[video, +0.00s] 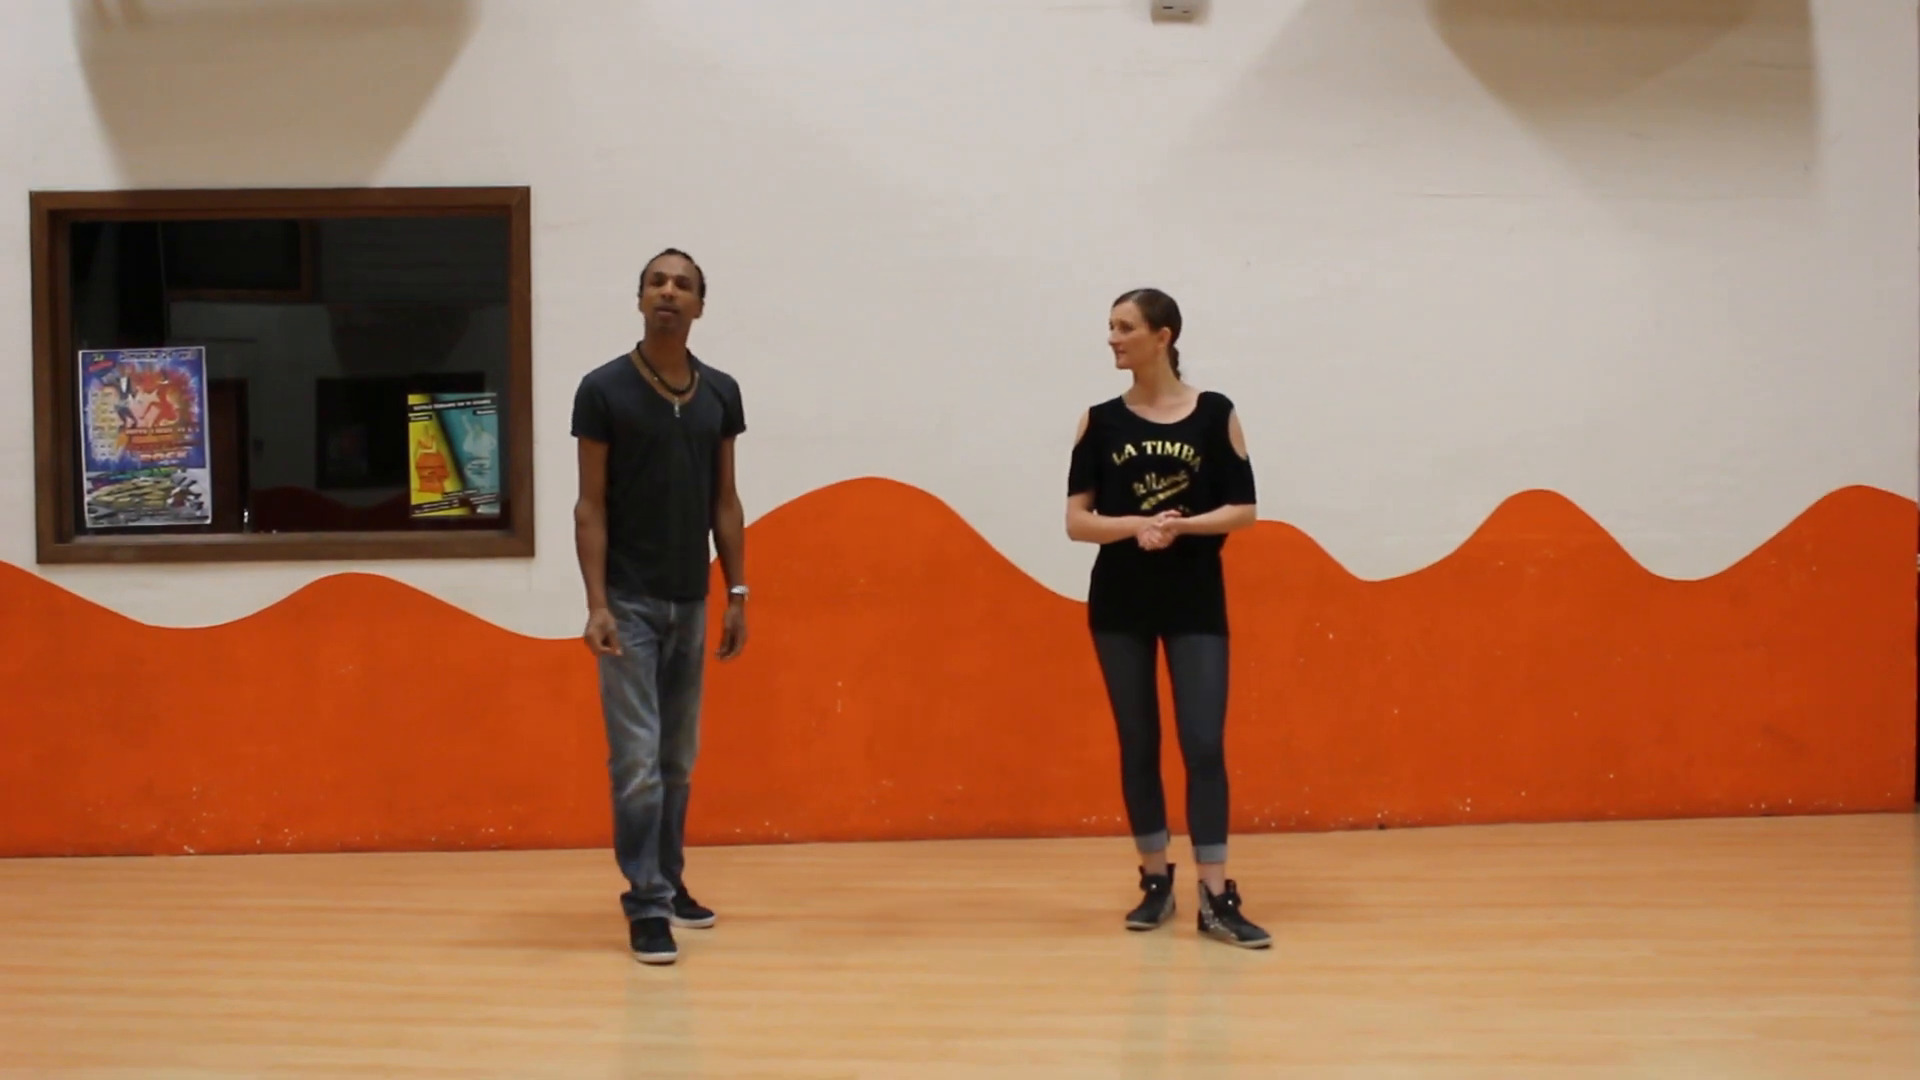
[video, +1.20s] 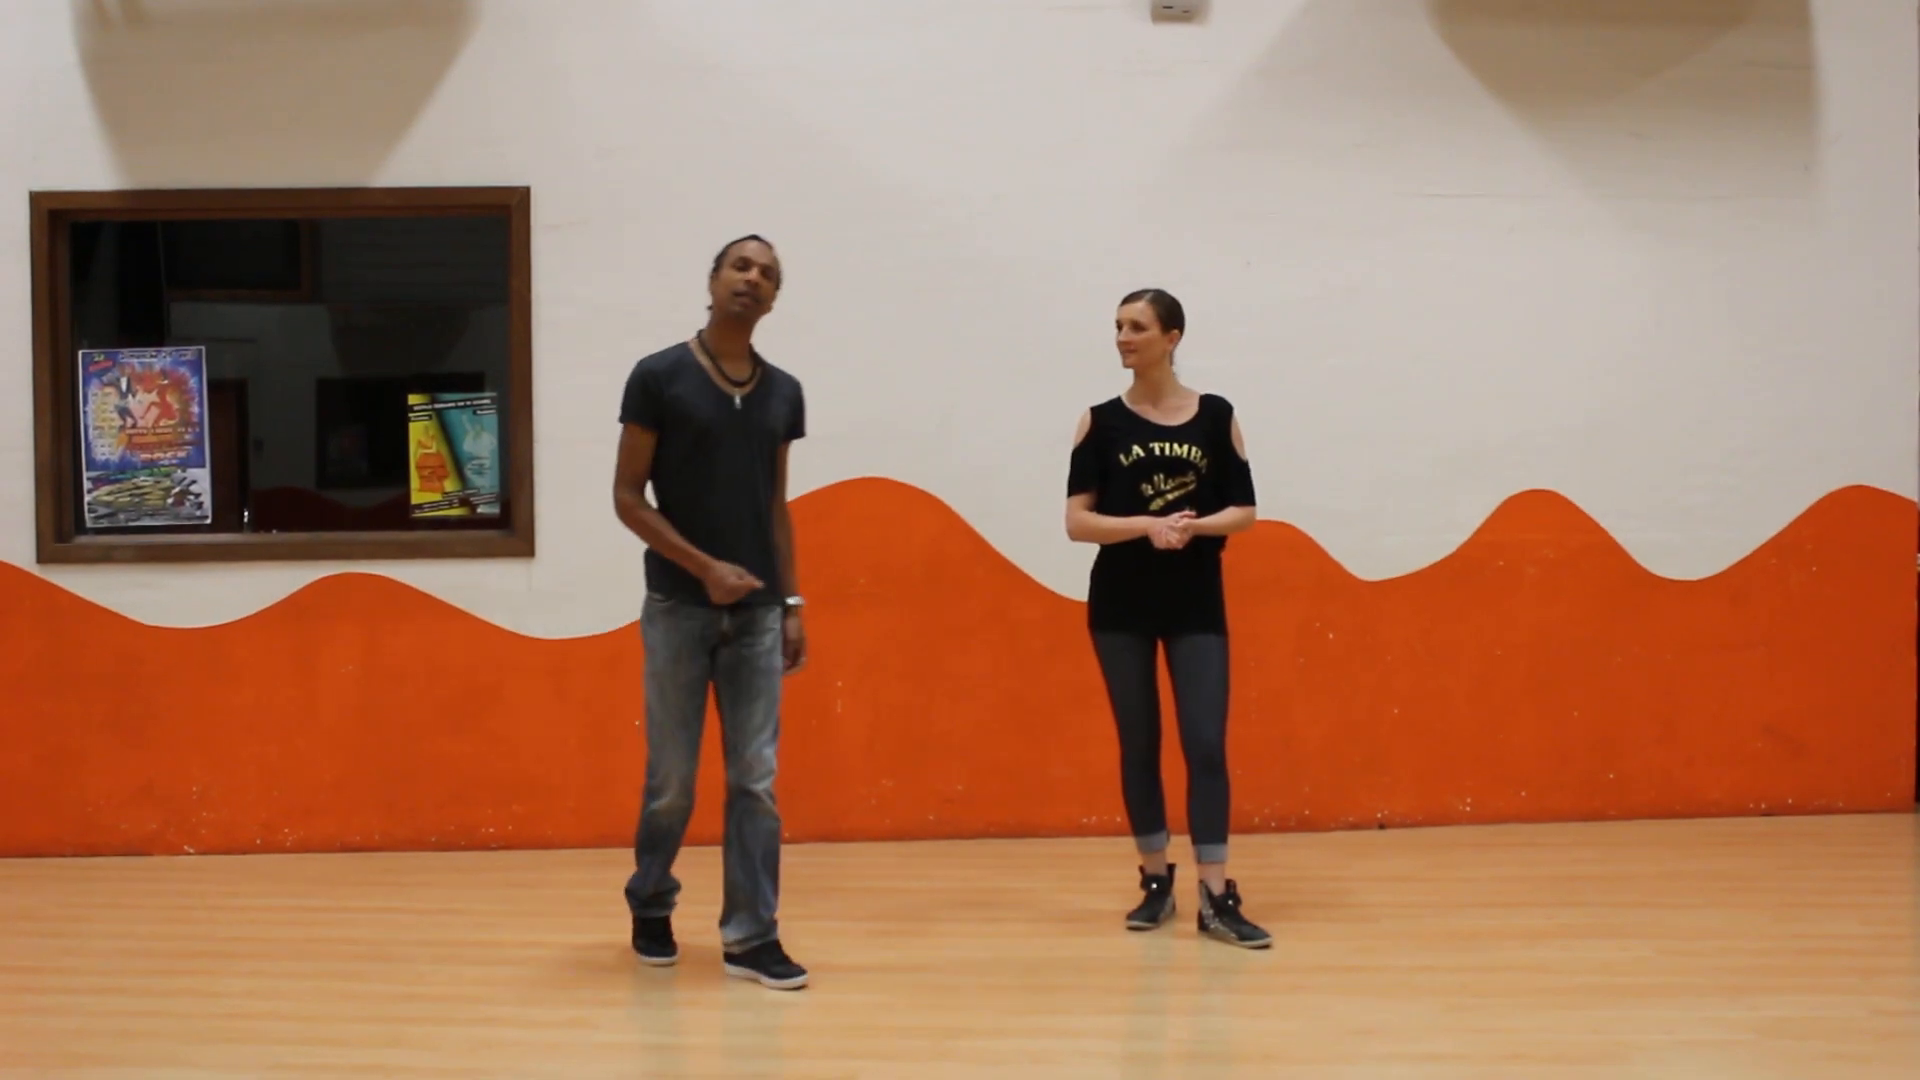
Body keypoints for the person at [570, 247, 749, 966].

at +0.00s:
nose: (668, 292)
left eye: (682, 284)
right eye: (657, 282)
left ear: (701, 305)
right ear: (638, 299)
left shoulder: (719, 392)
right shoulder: (604, 389)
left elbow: (725, 501)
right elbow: (590, 506)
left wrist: (738, 596)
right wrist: (597, 603)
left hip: (688, 598)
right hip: (626, 600)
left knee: (677, 756)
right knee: (639, 757)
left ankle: (666, 883)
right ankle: (645, 903)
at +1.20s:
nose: (753, 279)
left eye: (767, 274)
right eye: (741, 265)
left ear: (774, 300)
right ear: (712, 280)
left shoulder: (781, 391)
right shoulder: (658, 377)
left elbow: (777, 506)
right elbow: (627, 500)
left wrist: (792, 604)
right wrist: (706, 567)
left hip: (756, 605)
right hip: (678, 604)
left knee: (755, 777)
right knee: (673, 778)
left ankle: (751, 937)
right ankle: (651, 905)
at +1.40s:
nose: (776, 279)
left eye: (790, 275)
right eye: (765, 265)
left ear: (796, 301)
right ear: (734, 277)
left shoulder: (805, 391)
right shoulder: (677, 375)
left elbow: (805, 505)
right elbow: (646, 498)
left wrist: (826, 588)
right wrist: (723, 557)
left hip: (774, 607)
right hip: (696, 605)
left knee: (765, 778)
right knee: (687, 772)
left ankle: (753, 937)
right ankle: (667, 895)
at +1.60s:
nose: (779, 278)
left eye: (793, 273)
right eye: (768, 264)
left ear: (802, 299)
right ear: (738, 278)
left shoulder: (815, 389)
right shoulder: (686, 376)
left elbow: (815, 498)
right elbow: (667, 499)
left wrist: (833, 565)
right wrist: (729, 549)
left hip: (783, 609)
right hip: (707, 605)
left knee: (770, 781)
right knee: (699, 774)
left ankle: (753, 938)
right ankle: (683, 895)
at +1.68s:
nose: (782, 278)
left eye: (795, 273)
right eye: (771, 264)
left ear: (803, 299)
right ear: (740, 278)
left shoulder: (816, 389)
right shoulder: (687, 376)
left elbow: (815, 497)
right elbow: (668, 500)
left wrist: (832, 558)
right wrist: (732, 548)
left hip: (786, 608)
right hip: (710, 605)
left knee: (770, 781)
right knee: (706, 775)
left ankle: (753, 938)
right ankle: (683, 896)